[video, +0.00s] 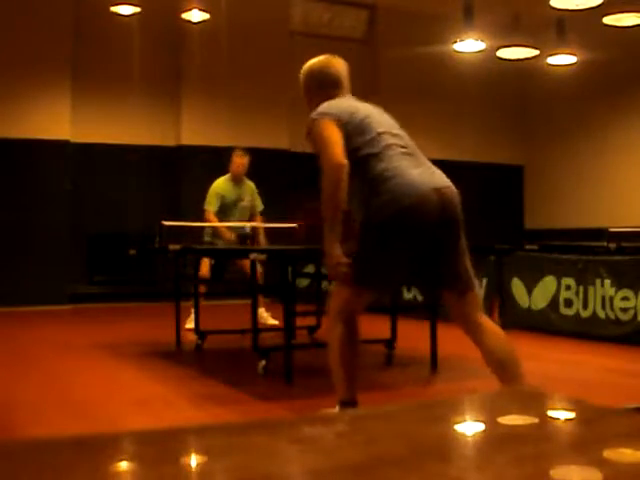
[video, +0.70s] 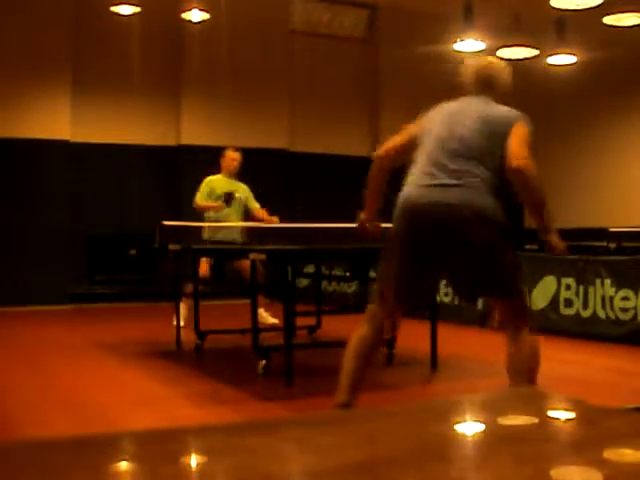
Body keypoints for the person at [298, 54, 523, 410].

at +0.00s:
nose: (305, 100)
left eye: (305, 93)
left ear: (308, 91)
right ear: (345, 86)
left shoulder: (324, 115)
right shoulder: (372, 111)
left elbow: (337, 165)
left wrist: (332, 241)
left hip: (396, 204)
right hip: (444, 196)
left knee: (342, 310)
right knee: (471, 315)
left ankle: (346, 405)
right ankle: (524, 397)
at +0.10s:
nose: (328, 86)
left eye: (327, 79)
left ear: (332, 78)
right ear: (369, 76)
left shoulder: (342, 104)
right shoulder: (395, 105)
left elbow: (352, 151)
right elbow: (418, 160)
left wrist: (348, 223)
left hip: (403, 203)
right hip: (451, 197)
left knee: (345, 309)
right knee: (470, 314)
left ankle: (347, 404)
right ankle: (523, 397)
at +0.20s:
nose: (350, 72)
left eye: (351, 65)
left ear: (354, 65)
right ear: (393, 65)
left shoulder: (360, 91)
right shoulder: (417, 97)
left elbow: (369, 124)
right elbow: (442, 152)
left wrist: (369, 199)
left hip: (405, 202)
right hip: (455, 199)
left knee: (345, 306)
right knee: (487, 317)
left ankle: (342, 405)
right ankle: (531, 403)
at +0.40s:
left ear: (380, 54)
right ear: (421, 53)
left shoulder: (367, 84)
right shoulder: (447, 90)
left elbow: (346, 121)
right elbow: (478, 148)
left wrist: (339, 186)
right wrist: (441, 164)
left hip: (394, 204)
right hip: (454, 203)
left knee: (350, 313)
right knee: (489, 308)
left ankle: (330, 403)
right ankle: (524, 396)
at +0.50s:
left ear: (396, 65)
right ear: (437, 65)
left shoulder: (376, 99)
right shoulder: (461, 105)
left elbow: (336, 147)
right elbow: (494, 162)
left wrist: (323, 215)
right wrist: (468, 194)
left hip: (398, 217)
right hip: (461, 216)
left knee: (352, 314)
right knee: (498, 315)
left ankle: (334, 403)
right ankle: (524, 401)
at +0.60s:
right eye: (464, 73)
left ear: (423, 76)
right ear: (461, 78)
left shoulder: (398, 108)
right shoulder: (484, 115)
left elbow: (353, 159)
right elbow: (509, 171)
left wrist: (352, 218)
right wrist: (515, 219)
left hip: (404, 217)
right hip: (467, 217)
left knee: (360, 315)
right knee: (509, 317)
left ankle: (336, 404)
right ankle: (524, 409)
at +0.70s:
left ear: (466, 84)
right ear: (503, 88)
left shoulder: (437, 113)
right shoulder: (513, 120)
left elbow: (384, 154)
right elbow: (518, 164)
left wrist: (370, 213)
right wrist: (545, 228)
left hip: (414, 212)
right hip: (475, 216)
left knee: (379, 313)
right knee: (516, 323)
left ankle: (342, 402)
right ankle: (525, 414)